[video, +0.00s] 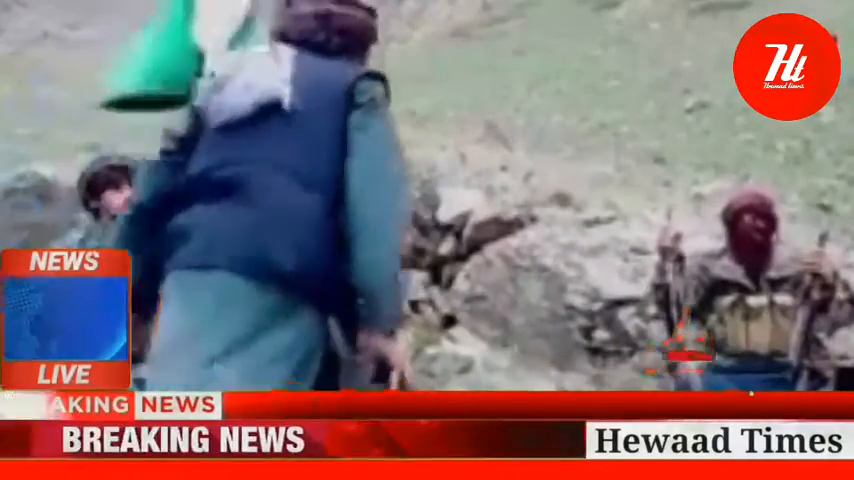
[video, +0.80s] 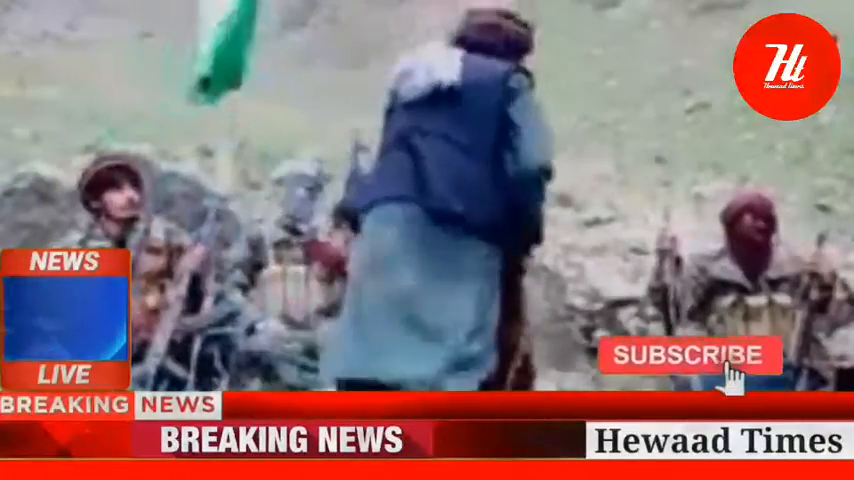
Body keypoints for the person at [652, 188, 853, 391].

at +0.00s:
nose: (759, 224)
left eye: (765, 218)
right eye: (750, 216)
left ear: (774, 227)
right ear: (732, 224)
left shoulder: (796, 270)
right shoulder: (705, 268)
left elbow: (825, 323)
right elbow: (675, 317)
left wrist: (829, 285)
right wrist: (668, 265)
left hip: (784, 373)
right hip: (723, 373)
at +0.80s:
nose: (763, 226)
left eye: (768, 220)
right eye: (754, 217)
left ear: (774, 227)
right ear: (732, 223)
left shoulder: (795, 270)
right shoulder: (703, 269)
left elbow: (832, 319)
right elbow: (676, 313)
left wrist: (828, 290)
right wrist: (667, 269)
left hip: (787, 374)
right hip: (720, 375)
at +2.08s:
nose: (753, 225)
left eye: (762, 217)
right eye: (743, 218)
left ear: (774, 227)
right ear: (732, 227)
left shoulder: (795, 269)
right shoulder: (706, 268)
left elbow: (829, 318)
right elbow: (677, 312)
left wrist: (829, 286)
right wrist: (666, 270)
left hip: (785, 376)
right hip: (723, 376)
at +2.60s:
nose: (758, 238)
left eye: (766, 228)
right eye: (748, 229)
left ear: (775, 231)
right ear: (733, 233)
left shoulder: (796, 272)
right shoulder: (706, 272)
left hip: (784, 374)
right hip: (723, 375)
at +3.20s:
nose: (746, 232)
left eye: (750, 224)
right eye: (734, 225)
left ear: (759, 229)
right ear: (714, 233)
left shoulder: (783, 272)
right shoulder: (687, 277)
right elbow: (675, 336)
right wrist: (725, 367)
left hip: (782, 368)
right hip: (722, 373)